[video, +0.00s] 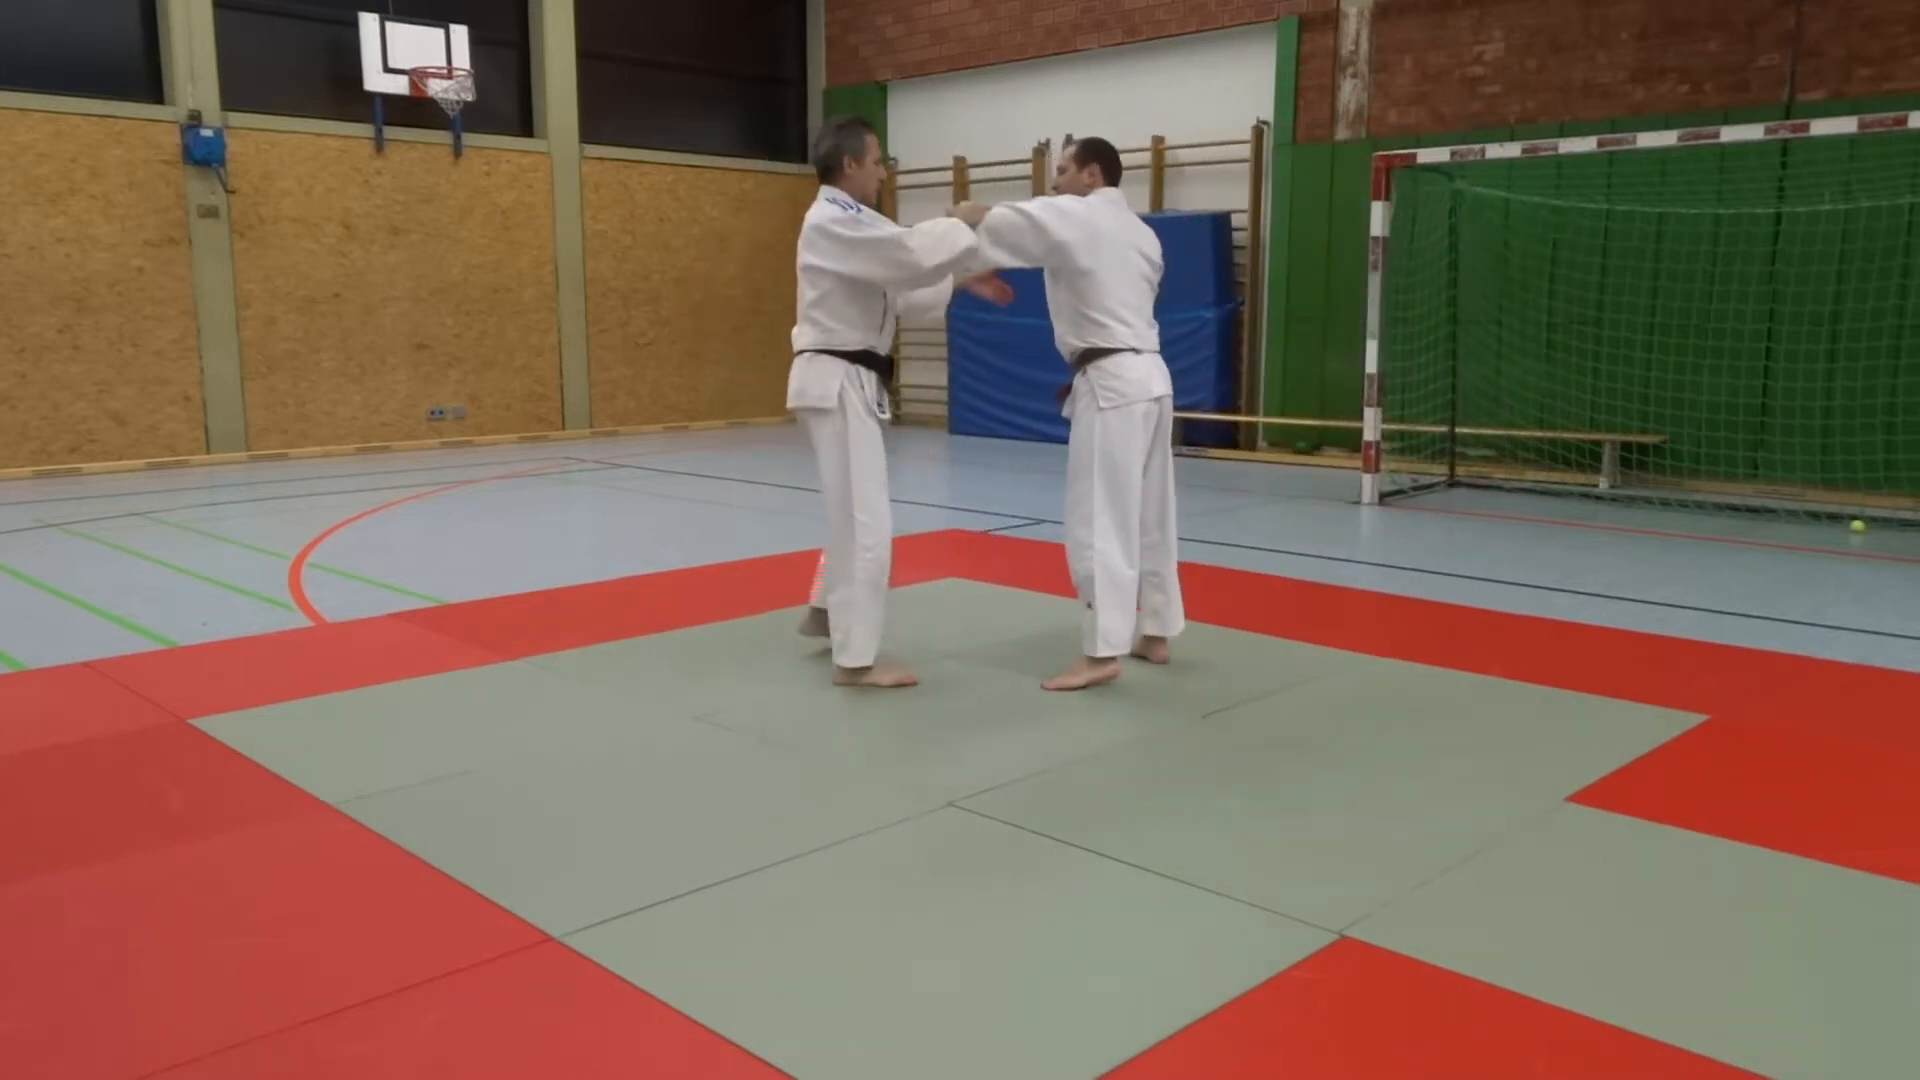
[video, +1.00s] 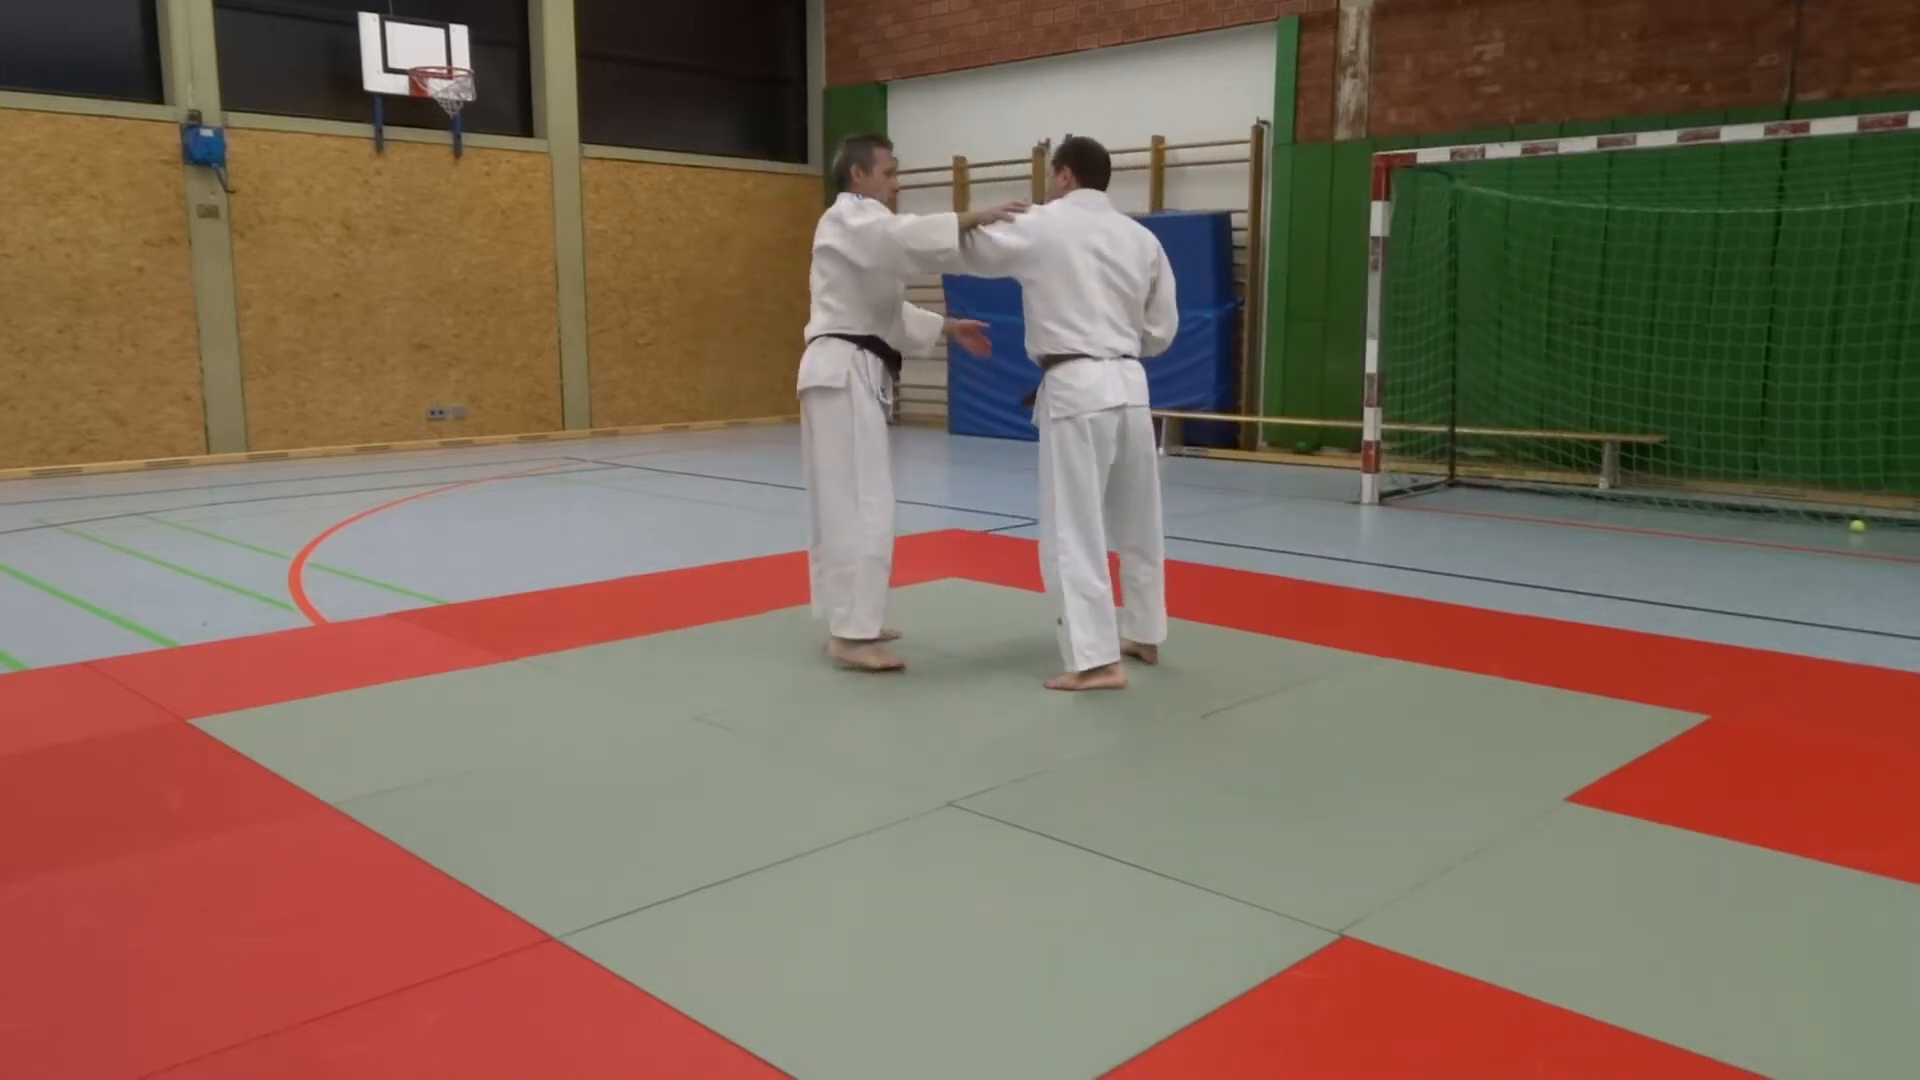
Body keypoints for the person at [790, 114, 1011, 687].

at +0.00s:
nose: (883, 173)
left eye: (881, 162)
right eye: (876, 162)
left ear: (845, 166)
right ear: (848, 164)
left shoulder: (843, 218)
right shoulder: (831, 218)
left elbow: (896, 296)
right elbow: (905, 252)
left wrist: (960, 279)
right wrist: (961, 223)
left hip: (841, 376)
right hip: (837, 380)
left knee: (852, 505)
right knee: (867, 519)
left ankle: (827, 608)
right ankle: (856, 661)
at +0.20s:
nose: (887, 178)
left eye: (886, 167)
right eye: (880, 167)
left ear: (848, 172)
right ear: (848, 170)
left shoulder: (856, 226)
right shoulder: (831, 224)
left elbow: (915, 281)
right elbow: (902, 245)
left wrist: (983, 269)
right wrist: (961, 217)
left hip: (860, 382)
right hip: (840, 382)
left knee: (867, 508)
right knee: (860, 517)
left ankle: (873, 616)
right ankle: (855, 659)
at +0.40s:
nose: (890, 180)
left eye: (888, 171)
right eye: (880, 171)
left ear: (856, 177)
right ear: (847, 175)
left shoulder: (863, 232)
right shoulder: (831, 226)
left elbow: (909, 300)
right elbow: (898, 240)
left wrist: (986, 306)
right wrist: (956, 223)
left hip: (866, 382)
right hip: (842, 382)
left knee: (866, 514)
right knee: (861, 517)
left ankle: (857, 622)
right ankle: (856, 654)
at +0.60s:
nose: (893, 179)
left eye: (892, 170)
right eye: (884, 170)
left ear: (859, 175)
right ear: (854, 174)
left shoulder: (865, 229)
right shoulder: (841, 216)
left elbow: (894, 319)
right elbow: (902, 225)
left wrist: (963, 345)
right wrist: (961, 220)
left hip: (863, 375)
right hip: (843, 374)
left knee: (864, 504)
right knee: (862, 506)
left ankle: (862, 621)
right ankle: (861, 642)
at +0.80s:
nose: (895, 183)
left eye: (894, 173)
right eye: (887, 173)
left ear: (858, 176)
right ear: (857, 175)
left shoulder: (852, 225)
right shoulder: (855, 213)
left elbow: (882, 319)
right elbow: (911, 221)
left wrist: (948, 348)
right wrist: (970, 219)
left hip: (847, 370)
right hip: (849, 370)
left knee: (855, 500)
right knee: (868, 501)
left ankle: (860, 618)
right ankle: (864, 635)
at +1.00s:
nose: (897, 182)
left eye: (896, 172)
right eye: (889, 172)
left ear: (862, 175)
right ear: (858, 174)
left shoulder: (861, 224)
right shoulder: (847, 215)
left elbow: (884, 308)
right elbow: (899, 236)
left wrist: (948, 328)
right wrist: (975, 217)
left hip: (851, 369)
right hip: (843, 369)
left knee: (852, 499)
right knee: (861, 502)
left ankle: (853, 619)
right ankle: (851, 634)